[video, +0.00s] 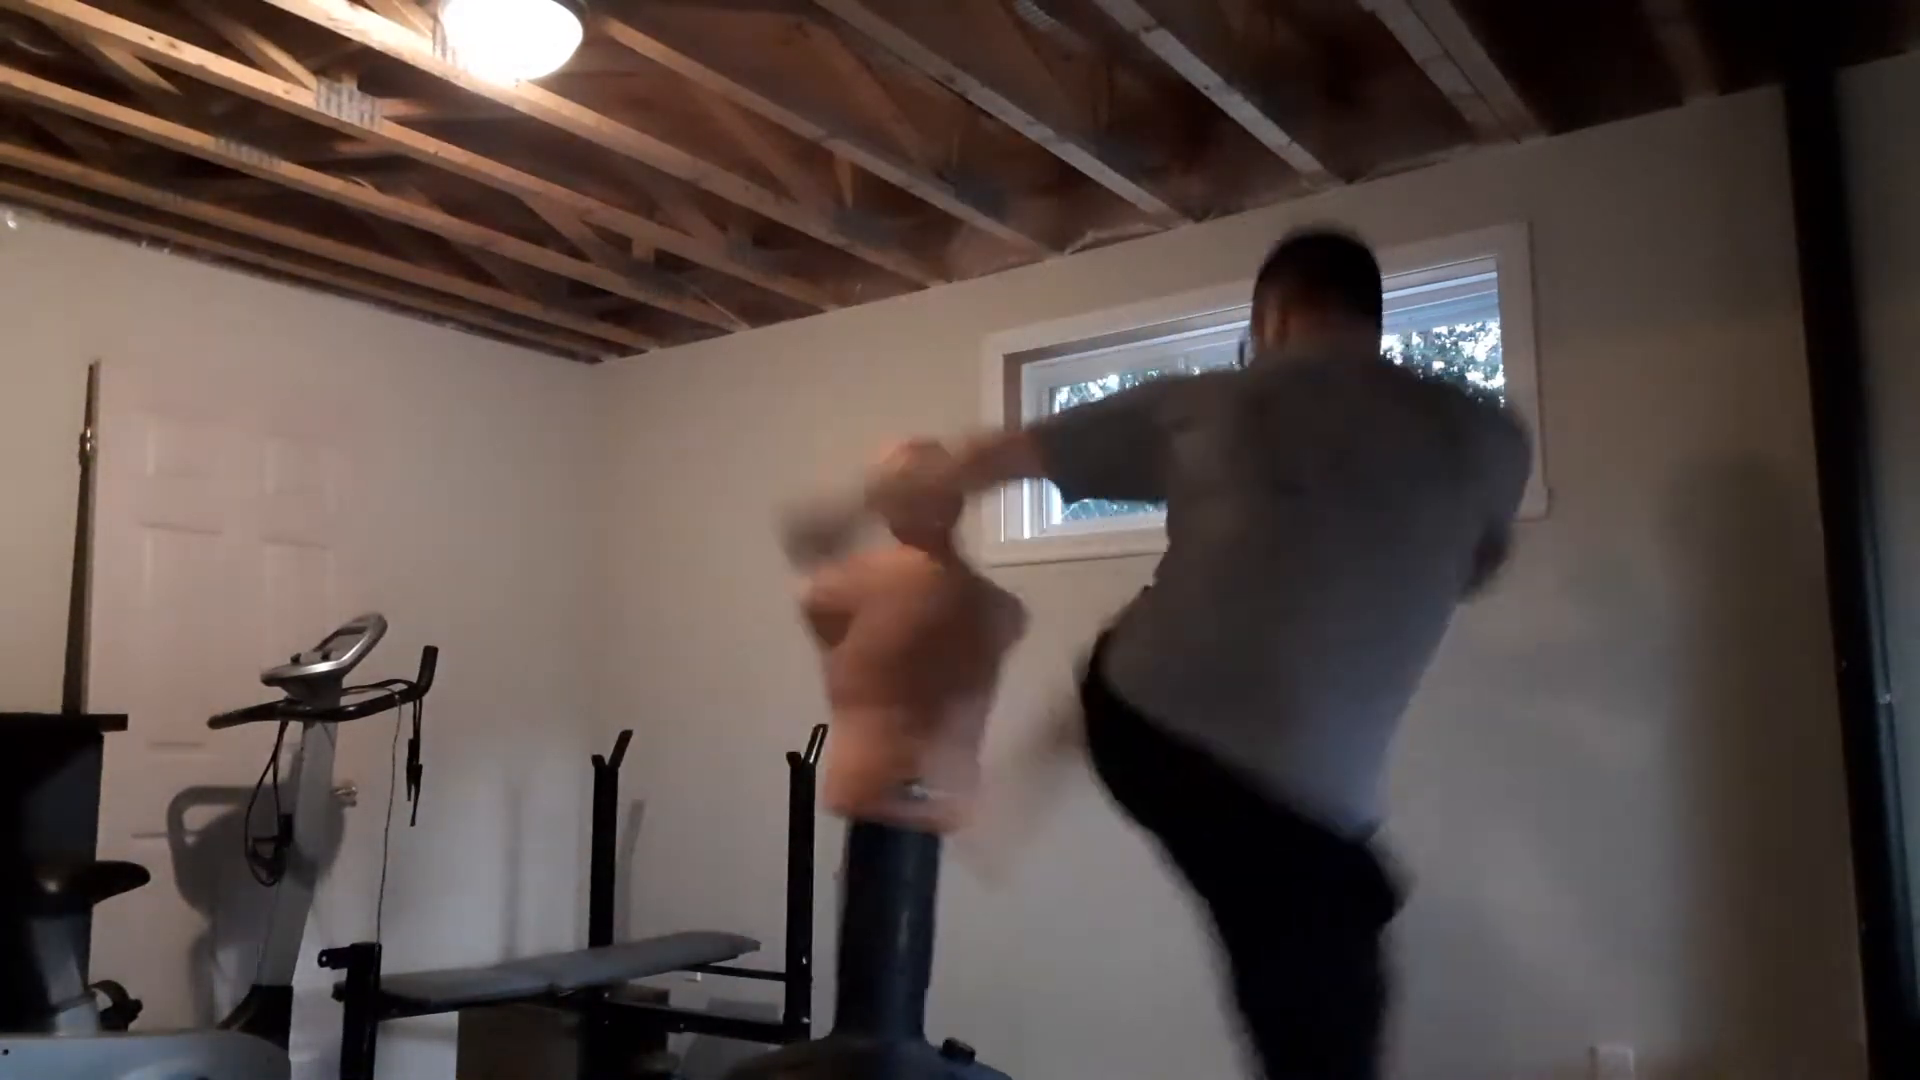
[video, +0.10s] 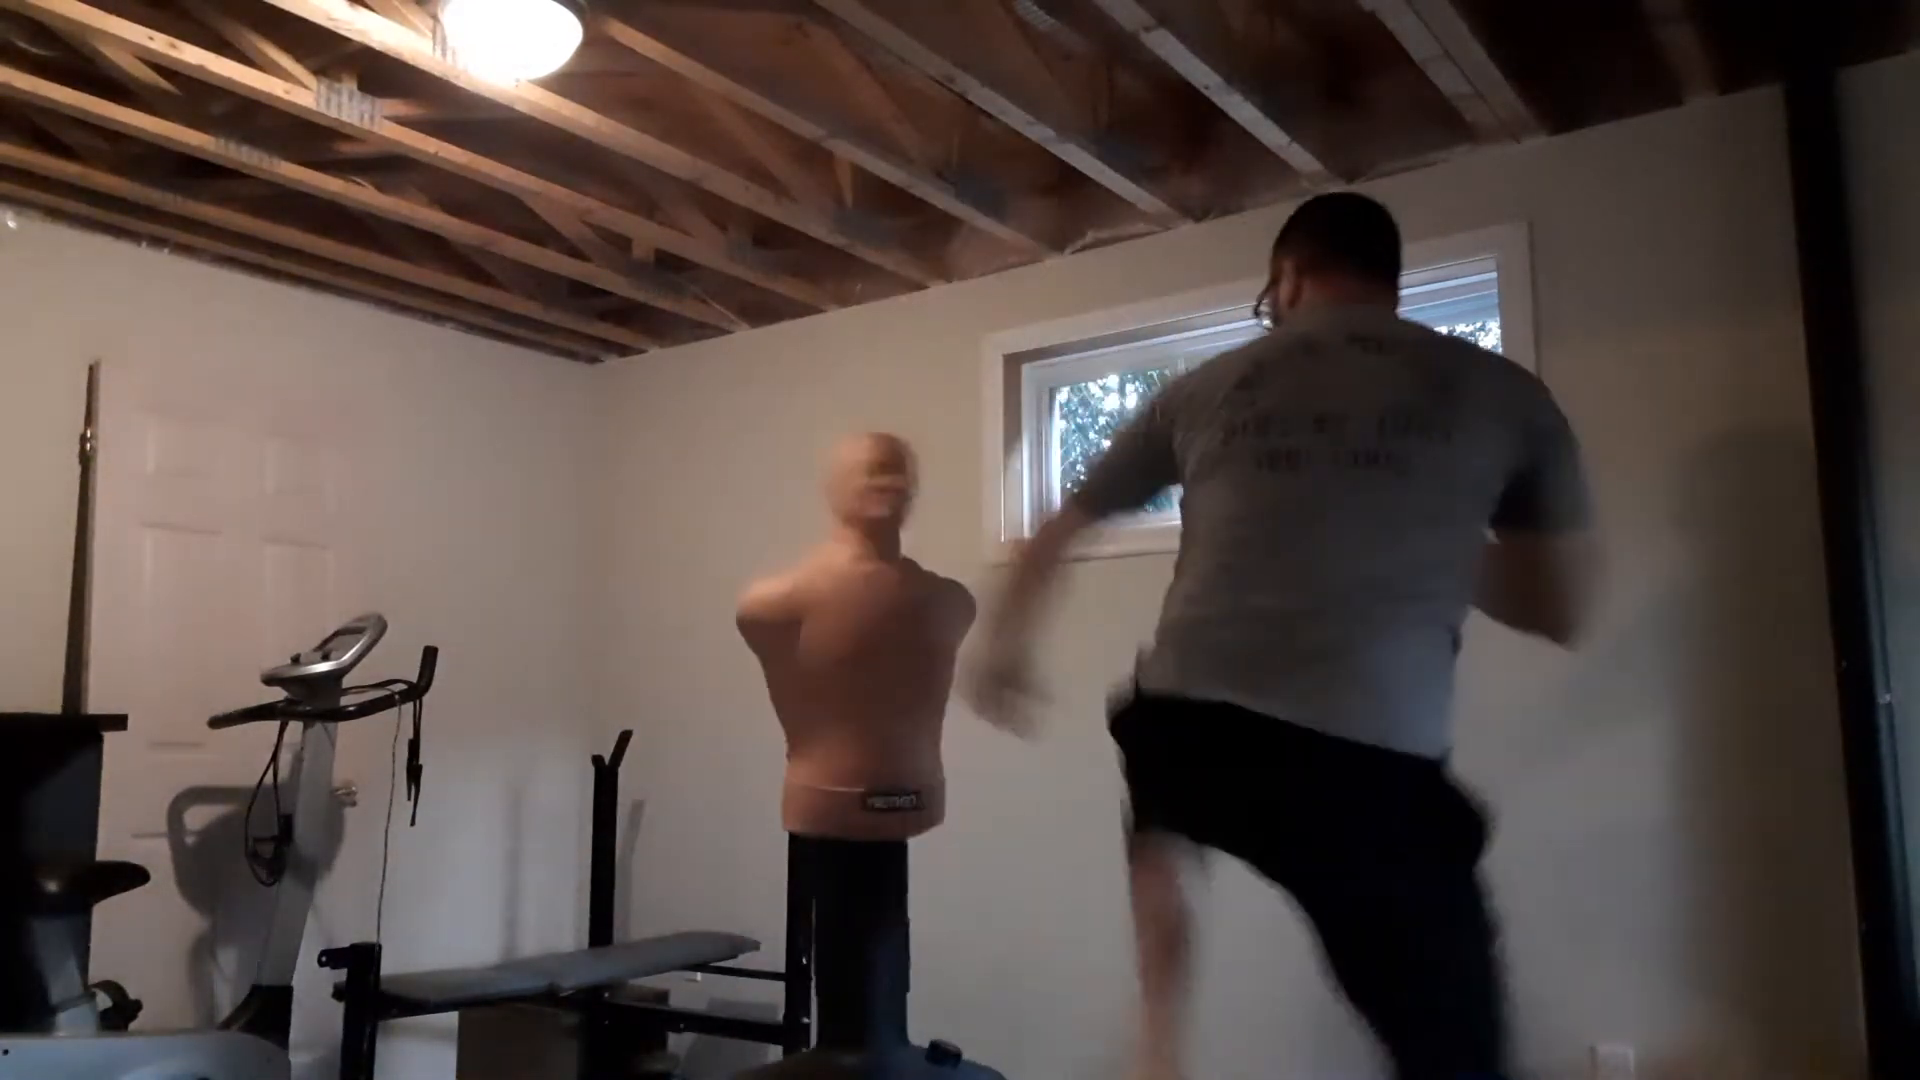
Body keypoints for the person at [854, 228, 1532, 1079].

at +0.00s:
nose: (1255, 344)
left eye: (1258, 322)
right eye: (1260, 325)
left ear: (1275, 315)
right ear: (1377, 323)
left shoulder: (1219, 403)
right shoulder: (1486, 436)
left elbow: (1045, 446)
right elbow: (1475, 569)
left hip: (1134, 718)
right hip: (1301, 801)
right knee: (1325, 1047)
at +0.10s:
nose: (1270, 315)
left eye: (1271, 296)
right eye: (1272, 299)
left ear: (1289, 280)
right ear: (1396, 287)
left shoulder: (1215, 383)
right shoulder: (1507, 394)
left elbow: (1054, 532)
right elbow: (1556, 606)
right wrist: (1427, 541)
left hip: (1184, 737)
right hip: (1371, 772)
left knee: (1154, 798)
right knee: (1455, 1053)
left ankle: (1160, 1049)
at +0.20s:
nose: (1282, 342)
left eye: (1285, 323)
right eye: (1287, 324)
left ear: (1295, 323)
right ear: (1407, 332)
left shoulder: (1212, 469)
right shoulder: (1506, 463)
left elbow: (1120, 662)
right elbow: (1587, 684)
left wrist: (1177, 774)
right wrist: (1495, 629)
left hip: (1245, 830)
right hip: (1438, 829)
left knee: (1243, 1053)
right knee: (1524, 1063)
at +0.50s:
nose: (1217, 371)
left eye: (1216, 356)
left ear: (1226, 355)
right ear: (1333, 363)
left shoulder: (1157, 490)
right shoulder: (1431, 467)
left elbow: (1097, 706)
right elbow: (1512, 691)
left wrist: (1169, 813)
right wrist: (1393, 647)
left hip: (1225, 874)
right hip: (1417, 874)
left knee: (1206, 1066)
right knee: (1513, 1068)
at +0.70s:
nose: (1208, 380)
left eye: (1211, 365)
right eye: (1213, 366)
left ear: (1222, 361)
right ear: (1325, 374)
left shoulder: (1132, 479)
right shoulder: (1400, 475)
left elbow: (1039, 675)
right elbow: (1452, 715)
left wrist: (1060, 821)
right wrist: (1354, 741)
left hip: (1167, 870)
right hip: (1354, 872)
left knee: (1175, 1070)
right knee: (1494, 1068)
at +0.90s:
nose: (1256, 357)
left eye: (1258, 339)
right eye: (1260, 340)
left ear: (1269, 341)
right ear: (1373, 355)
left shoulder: (1171, 472)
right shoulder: (1456, 452)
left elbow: (1043, 641)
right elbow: (1517, 699)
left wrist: (1008, 805)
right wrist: (1403, 664)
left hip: (1209, 885)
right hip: (1408, 882)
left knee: (1204, 1073)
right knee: (1561, 1072)